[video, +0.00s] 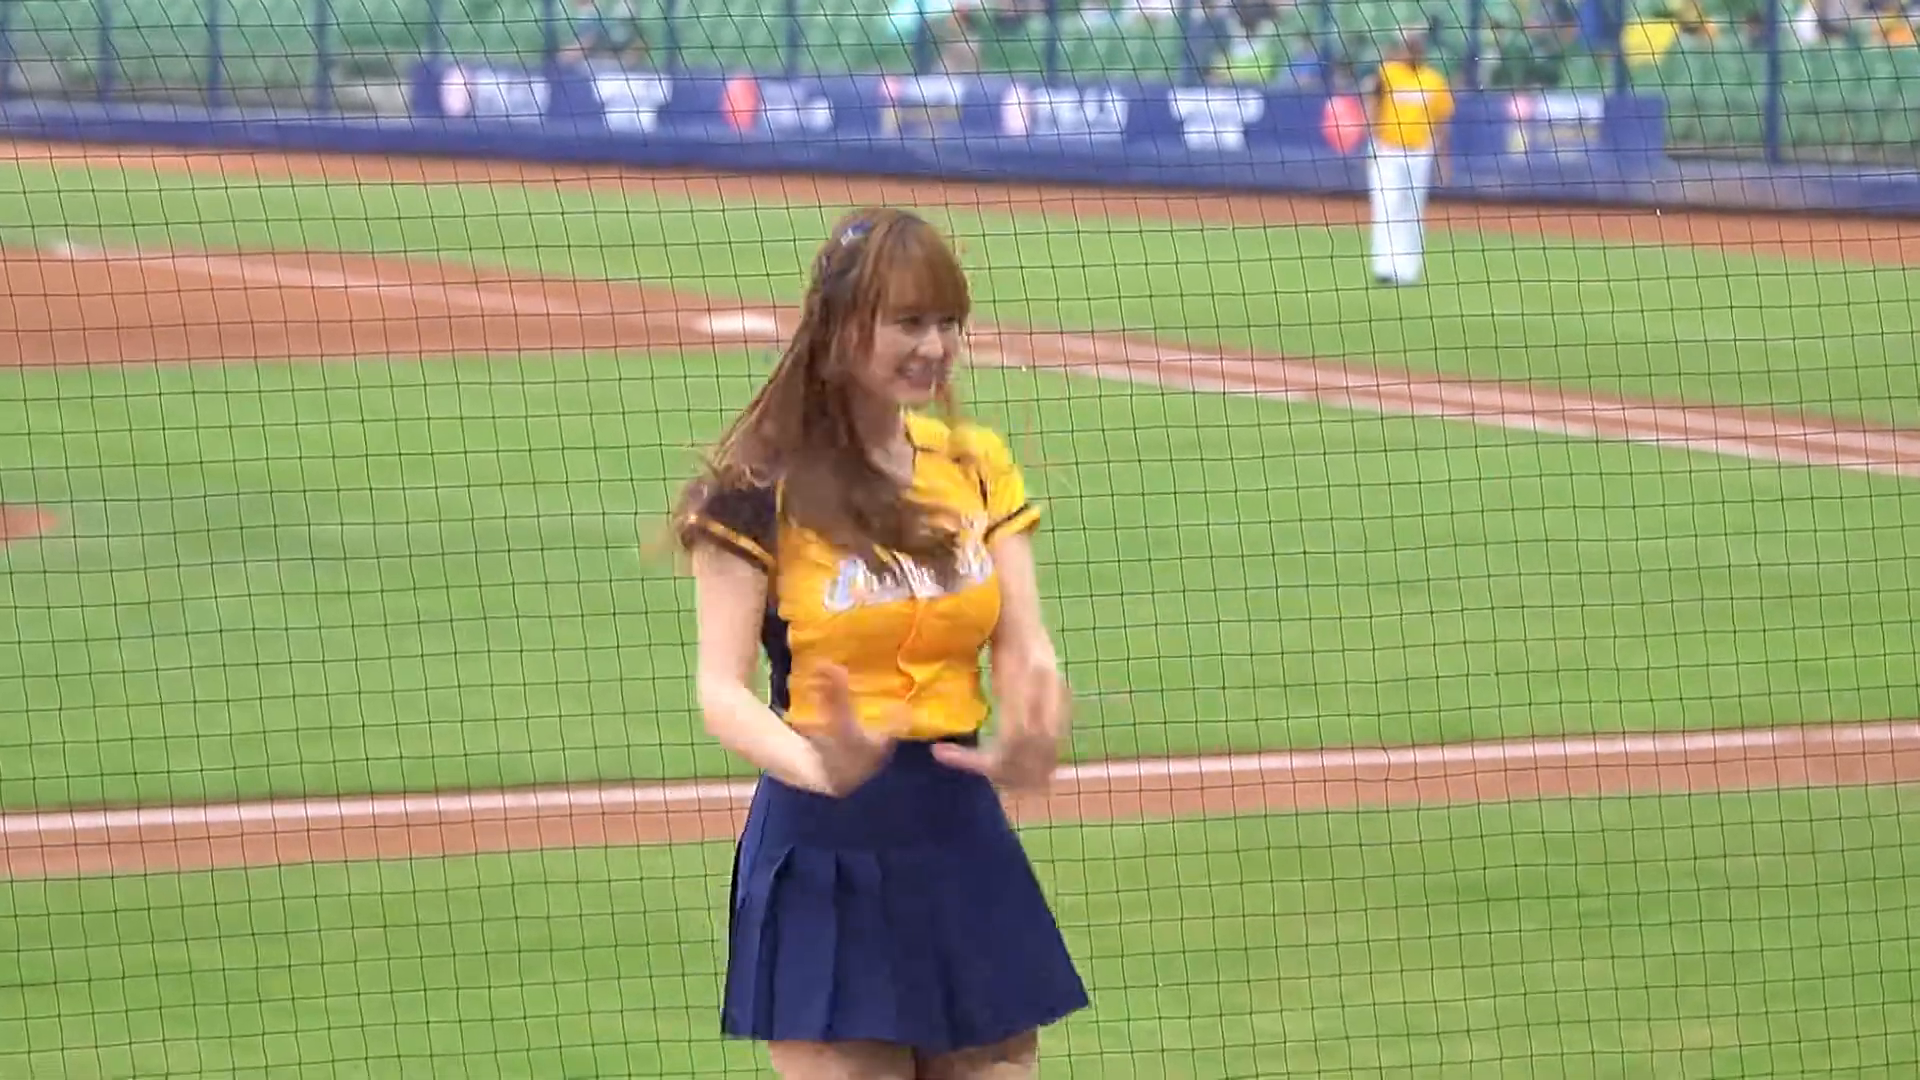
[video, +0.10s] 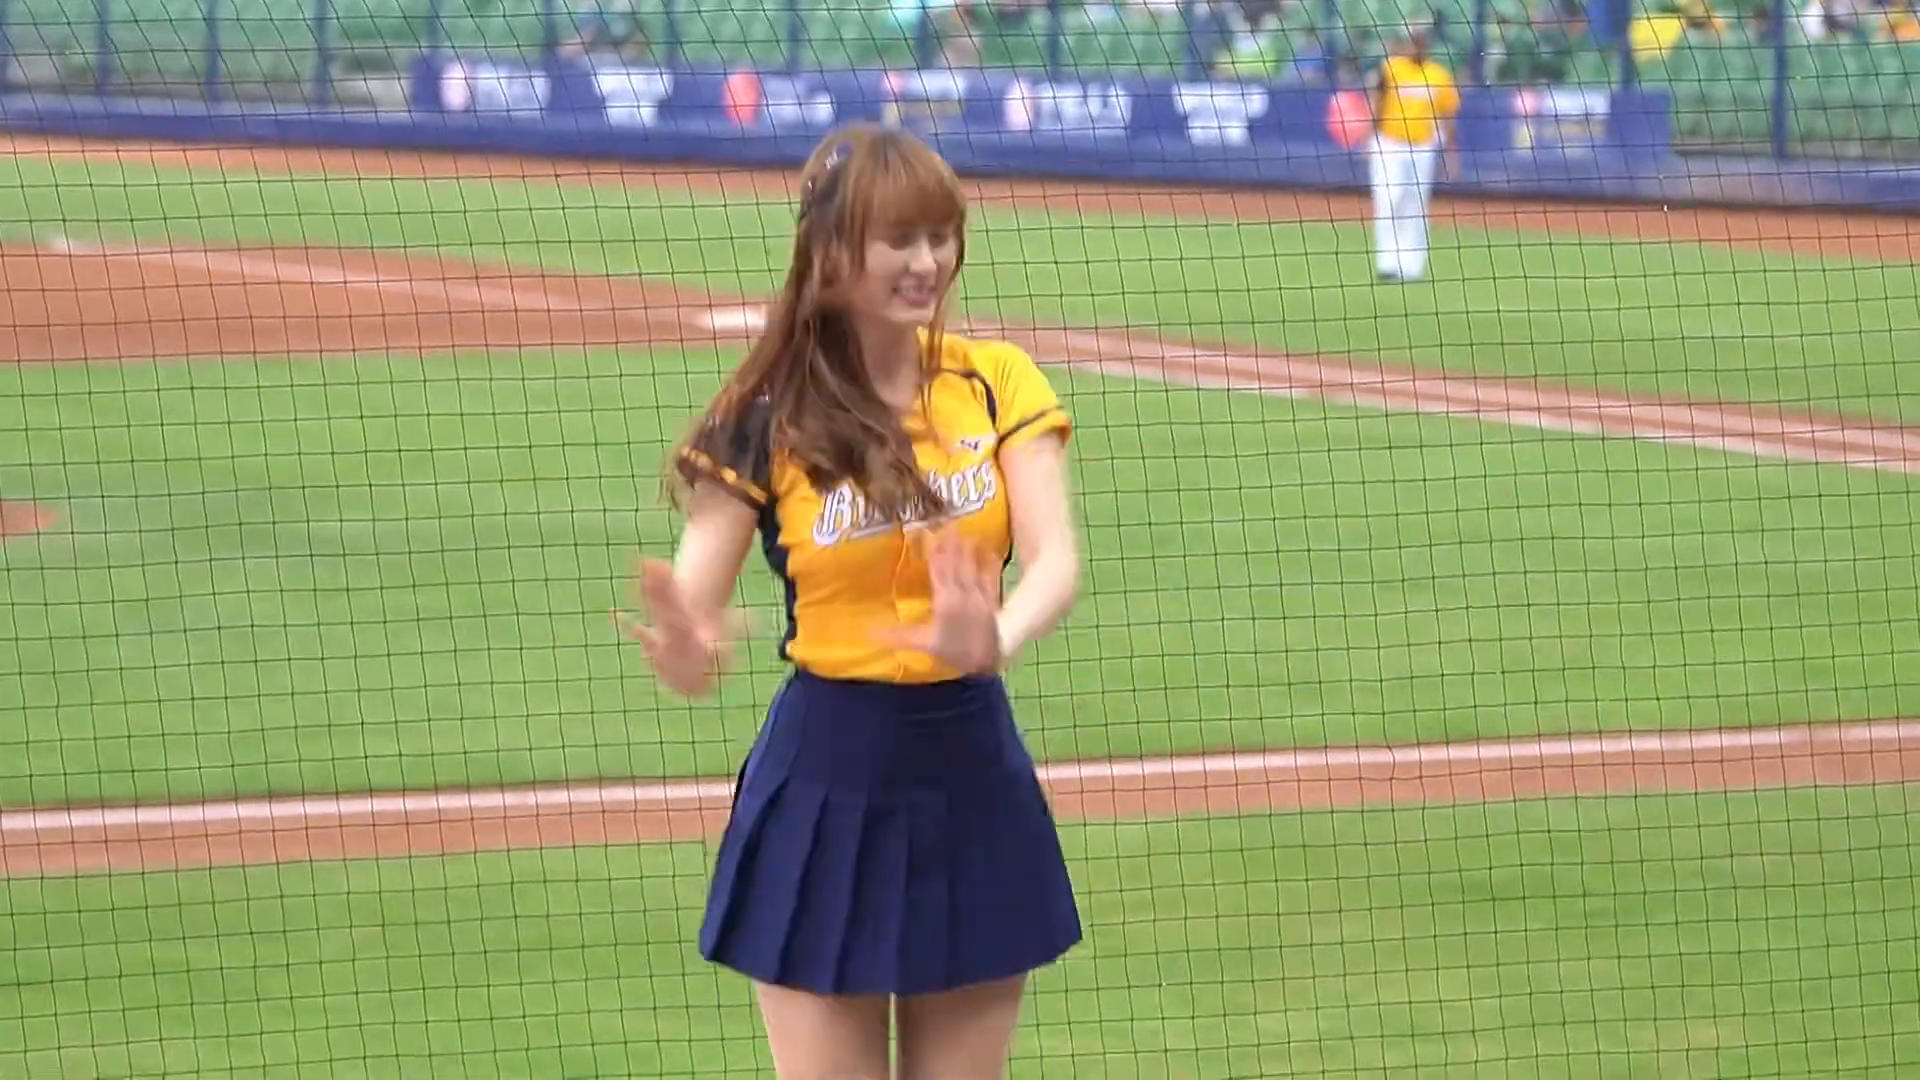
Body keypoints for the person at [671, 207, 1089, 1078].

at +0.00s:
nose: (935, 347)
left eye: (948, 323)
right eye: (908, 322)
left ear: (962, 327)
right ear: (839, 328)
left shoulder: (976, 461)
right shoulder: (758, 483)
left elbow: (1021, 638)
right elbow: (720, 692)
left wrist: (1030, 738)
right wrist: (817, 769)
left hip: (962, 810)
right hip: (825, 822)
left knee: (997, 1057)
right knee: (846, 1057)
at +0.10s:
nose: (927, 261)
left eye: (941, 236)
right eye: (898, 239)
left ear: (960, 244)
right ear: (830, 255)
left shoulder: (1000, 380)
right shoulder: (765, 416)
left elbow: (1054, 559)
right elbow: (693, 602)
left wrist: (994, 639)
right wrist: (687, 658)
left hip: (969, 771)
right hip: (825, 773)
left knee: (960, 1064)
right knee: (829, 1064)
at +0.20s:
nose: (915, 250)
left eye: (934, 226)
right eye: (882, 228)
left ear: (957, 242)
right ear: (818, 249)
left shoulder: (1002, 365)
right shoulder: (775, 406)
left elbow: (1053, 507)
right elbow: (640, 569)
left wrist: (960, 572)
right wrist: (553, 611)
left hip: (984, 782)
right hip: (829, 778)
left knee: (947, 1066)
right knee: (808, 1064)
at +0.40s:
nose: (925, 266)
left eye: (943, 242)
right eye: (894, 243)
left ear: (965, 259)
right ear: (831, 268)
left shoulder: (1019, 389)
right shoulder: (795, 435)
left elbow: (1008, 571)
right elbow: (677, 636)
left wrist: (940, 747)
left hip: (1008, 767)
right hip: (847, 757)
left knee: (987, 1064)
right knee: (824, 1064)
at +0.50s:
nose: (947, 284)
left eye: (966, 260)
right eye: (916, 259)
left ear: (989, 277)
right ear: (854, 279)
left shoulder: (1031, 393)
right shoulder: (813, 447)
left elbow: (1028, 581)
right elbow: (727, 677)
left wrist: (970, 756)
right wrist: (628, 888)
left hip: (1019, 787)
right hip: (860, 784)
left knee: (1047, 1057)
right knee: (849, 1059)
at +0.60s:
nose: (993, 283)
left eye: (1013, 258)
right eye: (964, 258)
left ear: (1034, 268)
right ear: (901, 271)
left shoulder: (1070, 378)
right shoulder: (861, 439)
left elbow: (1072, 508)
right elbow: (721, 616)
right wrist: (567, 771)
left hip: (1047, 794)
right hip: (901, 797)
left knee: (1134, 1063)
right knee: (872, 1065)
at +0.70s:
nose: (1051, 224)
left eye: (1072, 196)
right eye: (1022, 200)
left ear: (1103, 208)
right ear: (970, 222)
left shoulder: (1113, 349)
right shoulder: (924, 373)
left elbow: (1169, 301)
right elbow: (729, 442)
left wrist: (1146, 251)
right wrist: (527, 472)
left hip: (1096, 734)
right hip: (960, 731)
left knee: (1202, 1063)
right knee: (909, 1067)